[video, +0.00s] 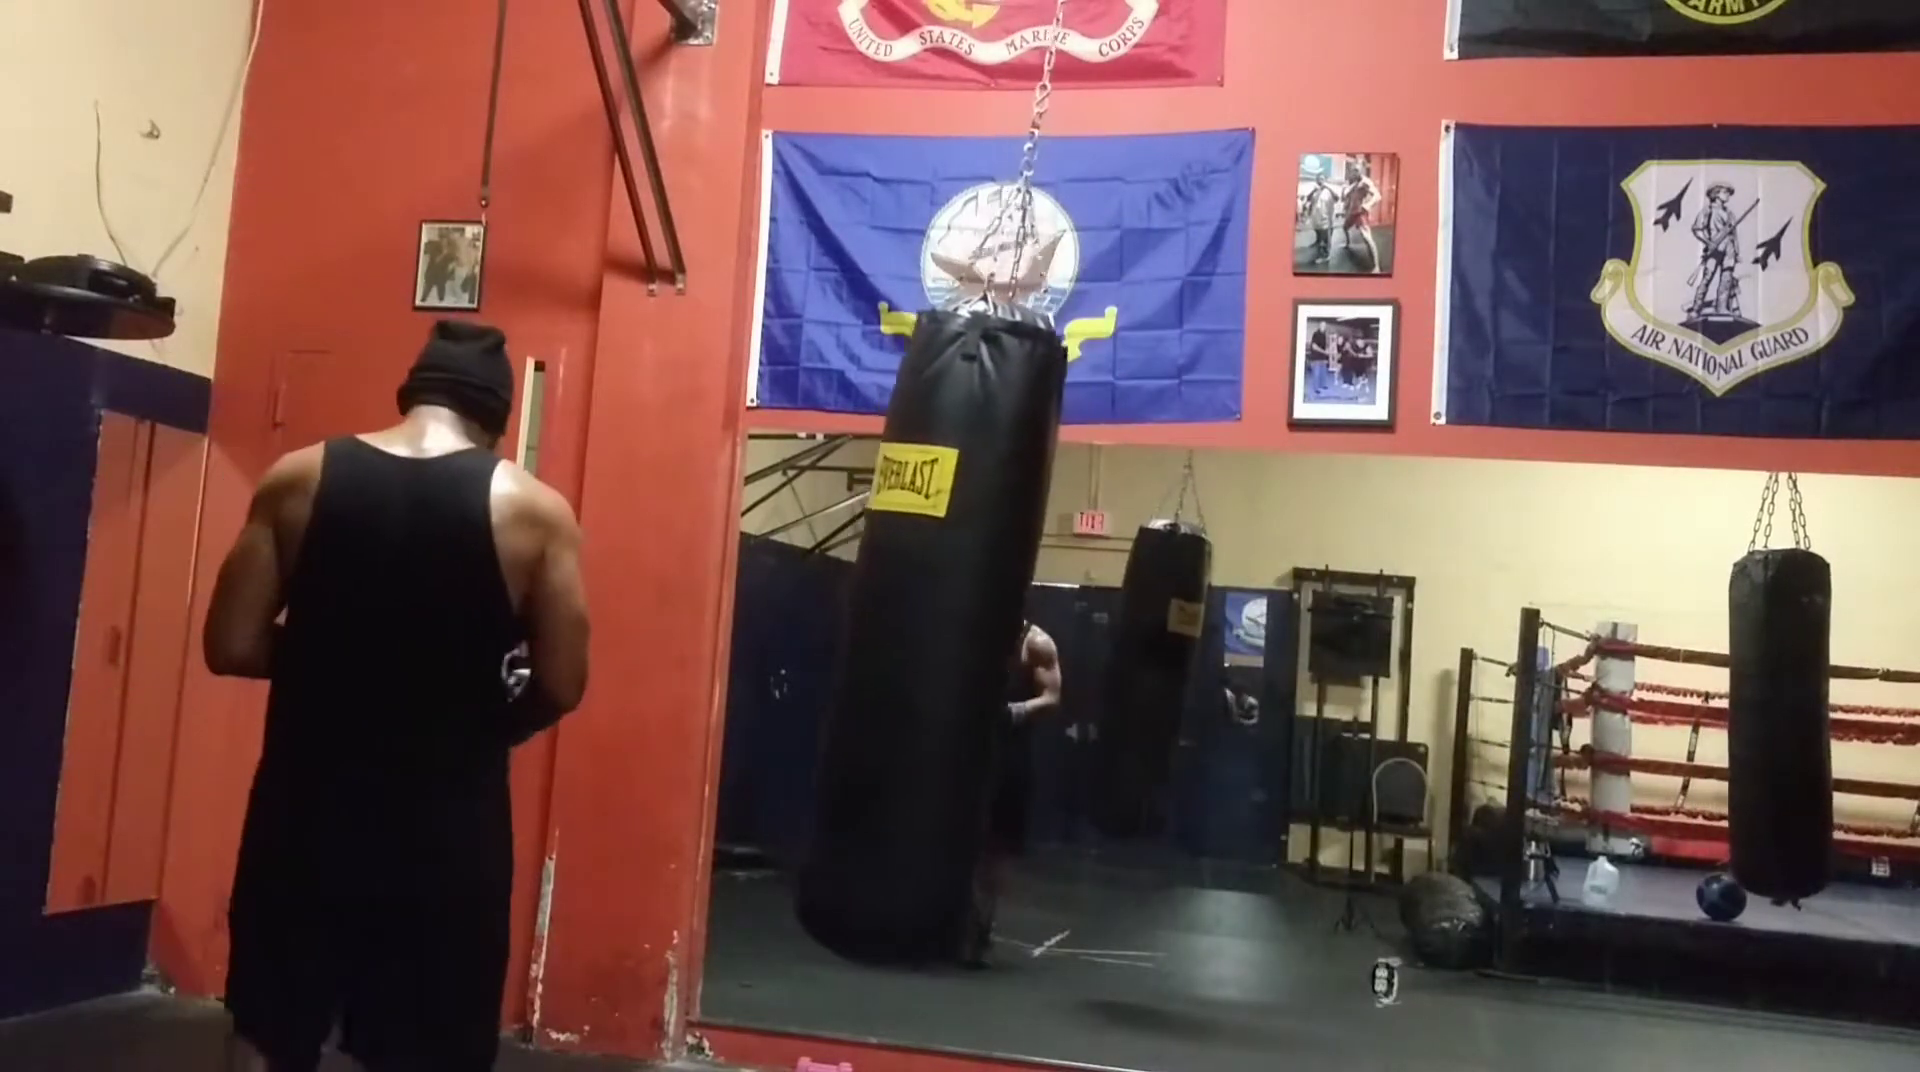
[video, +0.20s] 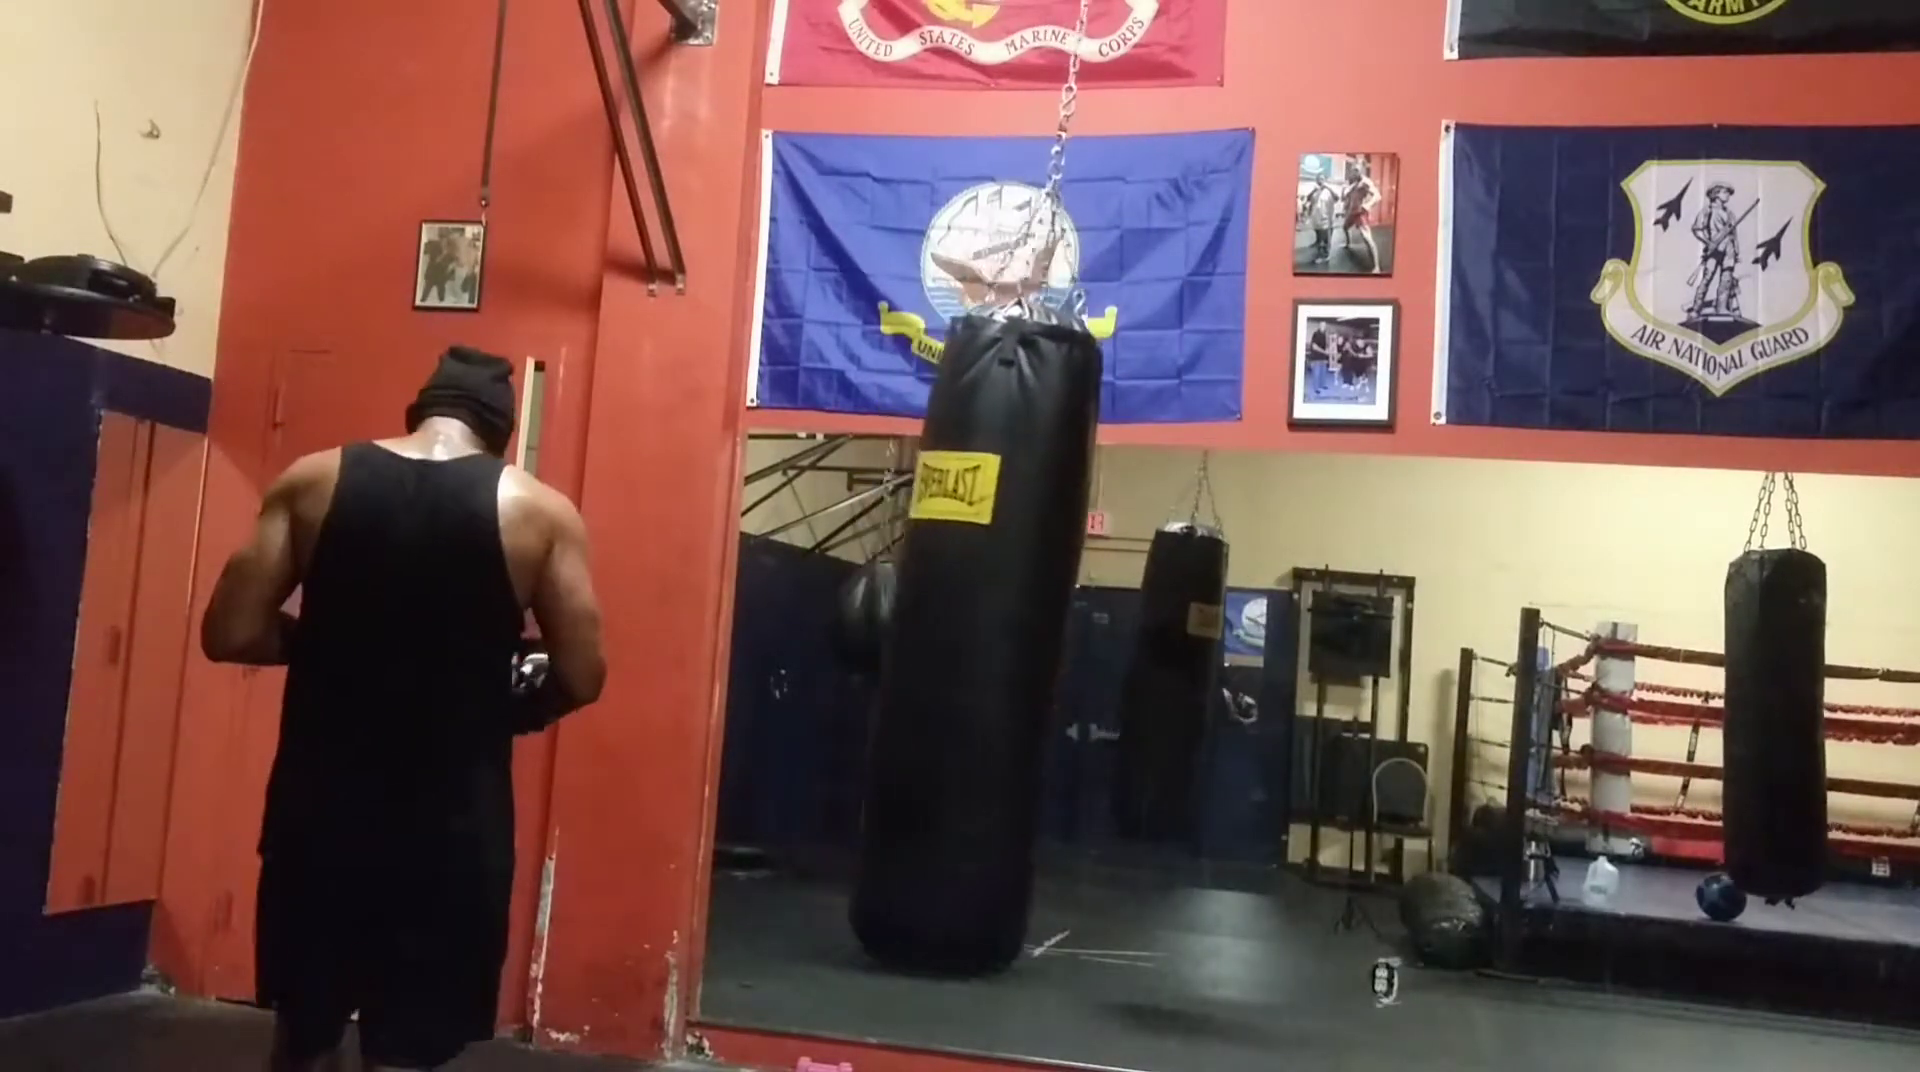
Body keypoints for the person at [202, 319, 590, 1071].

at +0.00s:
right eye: (501, 415)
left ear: (407, 396)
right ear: (501, 420)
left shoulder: (301, 477)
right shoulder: (538, 513)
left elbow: (231, 646)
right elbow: (560, 686)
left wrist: (337, 650)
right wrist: (474, 723)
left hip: (300, 830)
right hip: (443, 851)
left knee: (271, 1044)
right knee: (423, 1052)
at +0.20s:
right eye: (510, 426)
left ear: (415, 413)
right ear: (505, 433)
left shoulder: (314, 481)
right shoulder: (541, 513)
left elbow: (231, 632)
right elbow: (579, 679)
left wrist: (336, 642)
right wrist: (504, 701)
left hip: (316, 825)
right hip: (449, 841)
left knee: (305, 1039)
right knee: (407, 1053)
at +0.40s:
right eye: (496, 433)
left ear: (409, 419)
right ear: (496, 437)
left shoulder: (311, 497)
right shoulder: (528, 520)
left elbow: (237, 648)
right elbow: (566, 677)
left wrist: (342, 654)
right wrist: (510, 710)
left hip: (324, 818)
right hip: (451, 830)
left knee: (320, 1034)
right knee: (419, 1043)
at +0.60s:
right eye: (484, 438)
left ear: (401, 422)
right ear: (484, 439)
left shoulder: (306, 501)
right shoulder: (510, 513)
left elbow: (244, 652)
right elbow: (549, 664)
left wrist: (343, 647)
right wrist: (511, 714)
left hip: (324, 807)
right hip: (447, 816)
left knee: (319, 1020)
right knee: (442, 1020)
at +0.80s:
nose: (493, 467)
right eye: (494, 457)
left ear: (412, 434)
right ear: (486, 452)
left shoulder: (311, 508)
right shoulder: (499, 520)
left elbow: (254, 654)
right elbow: (539, 679)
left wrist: (353, 645)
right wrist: (530, 717)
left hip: (327, 799)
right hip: (446, 808)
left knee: (330, 1005)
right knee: (452, 1002)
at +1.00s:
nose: (508, 483)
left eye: (509, 470)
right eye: (511, 470)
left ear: (433, 432)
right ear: (503, 457)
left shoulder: (324, 499)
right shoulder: (502, 514)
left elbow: (276, 643)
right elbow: (539, 668)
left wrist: (366, 618)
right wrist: (573, 671)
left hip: (332, 785)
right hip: (450, 794)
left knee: (330, 997)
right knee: (464, 977)